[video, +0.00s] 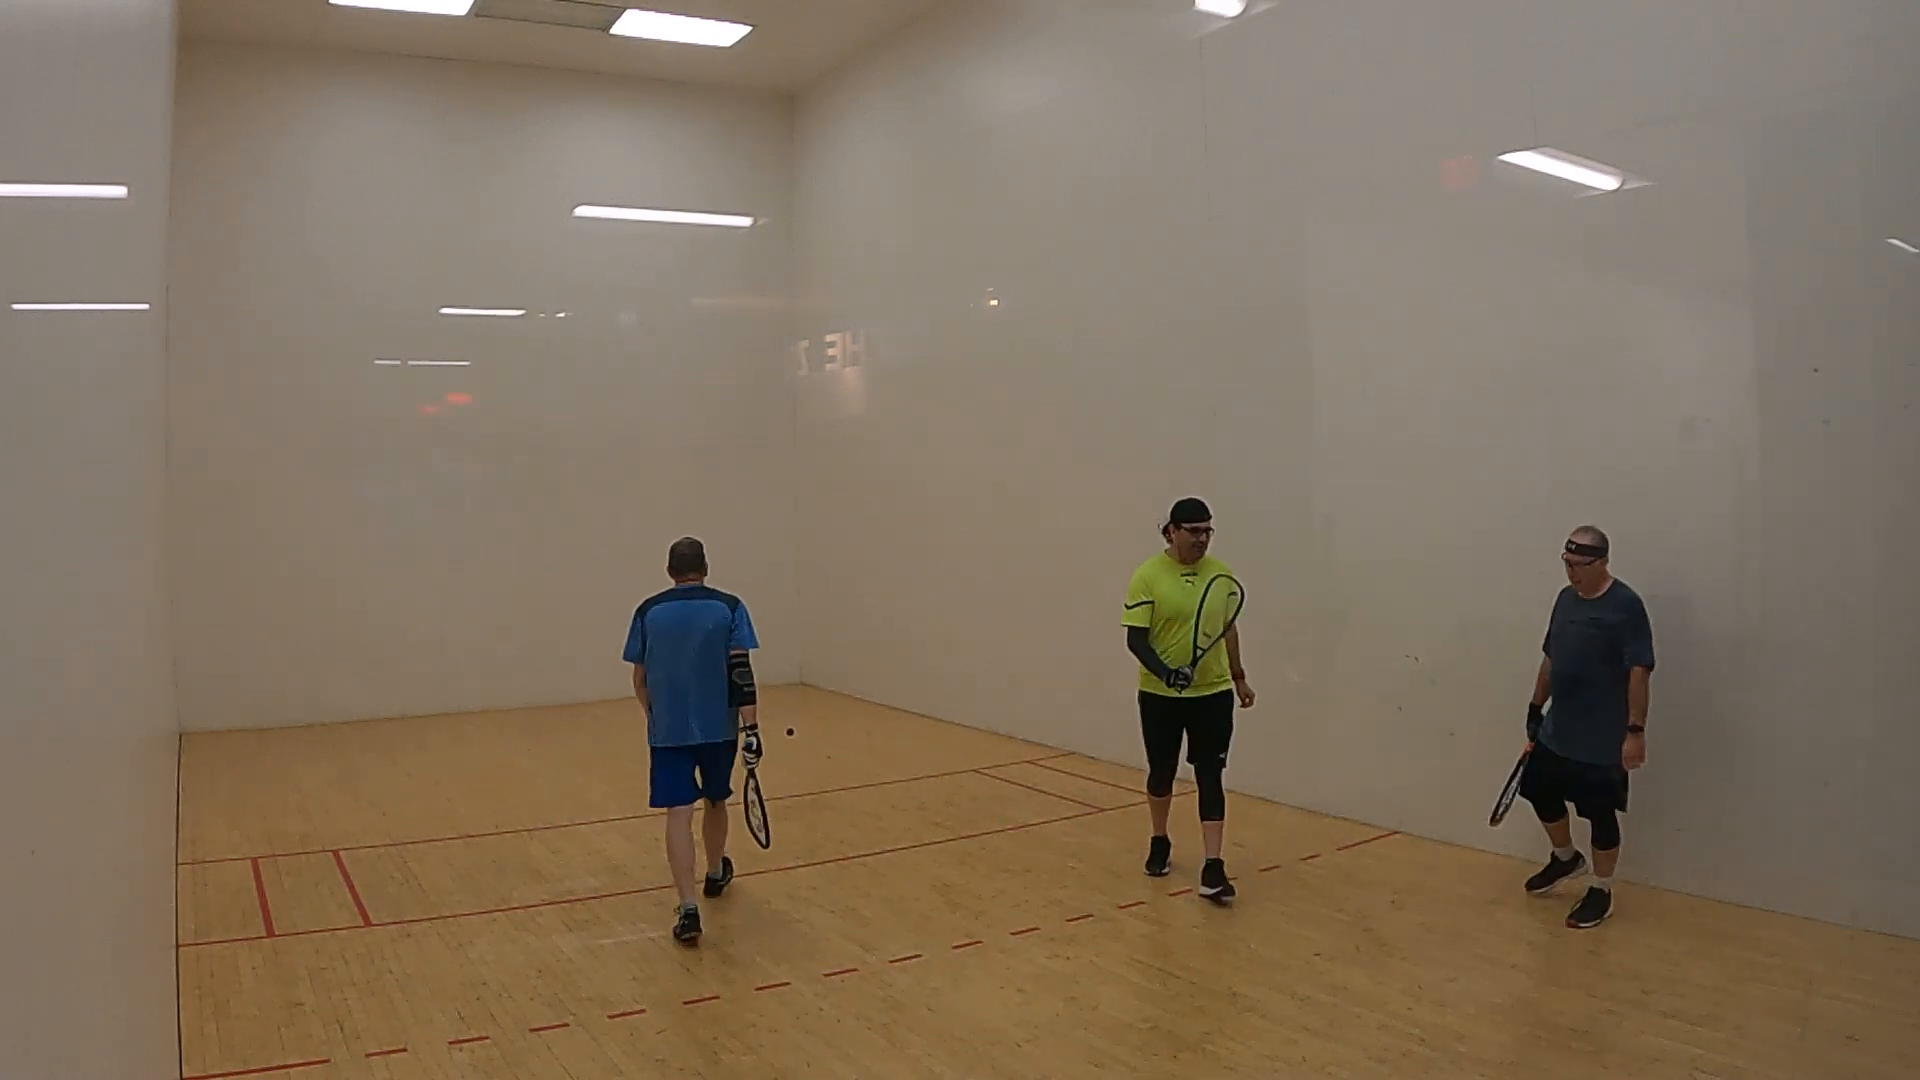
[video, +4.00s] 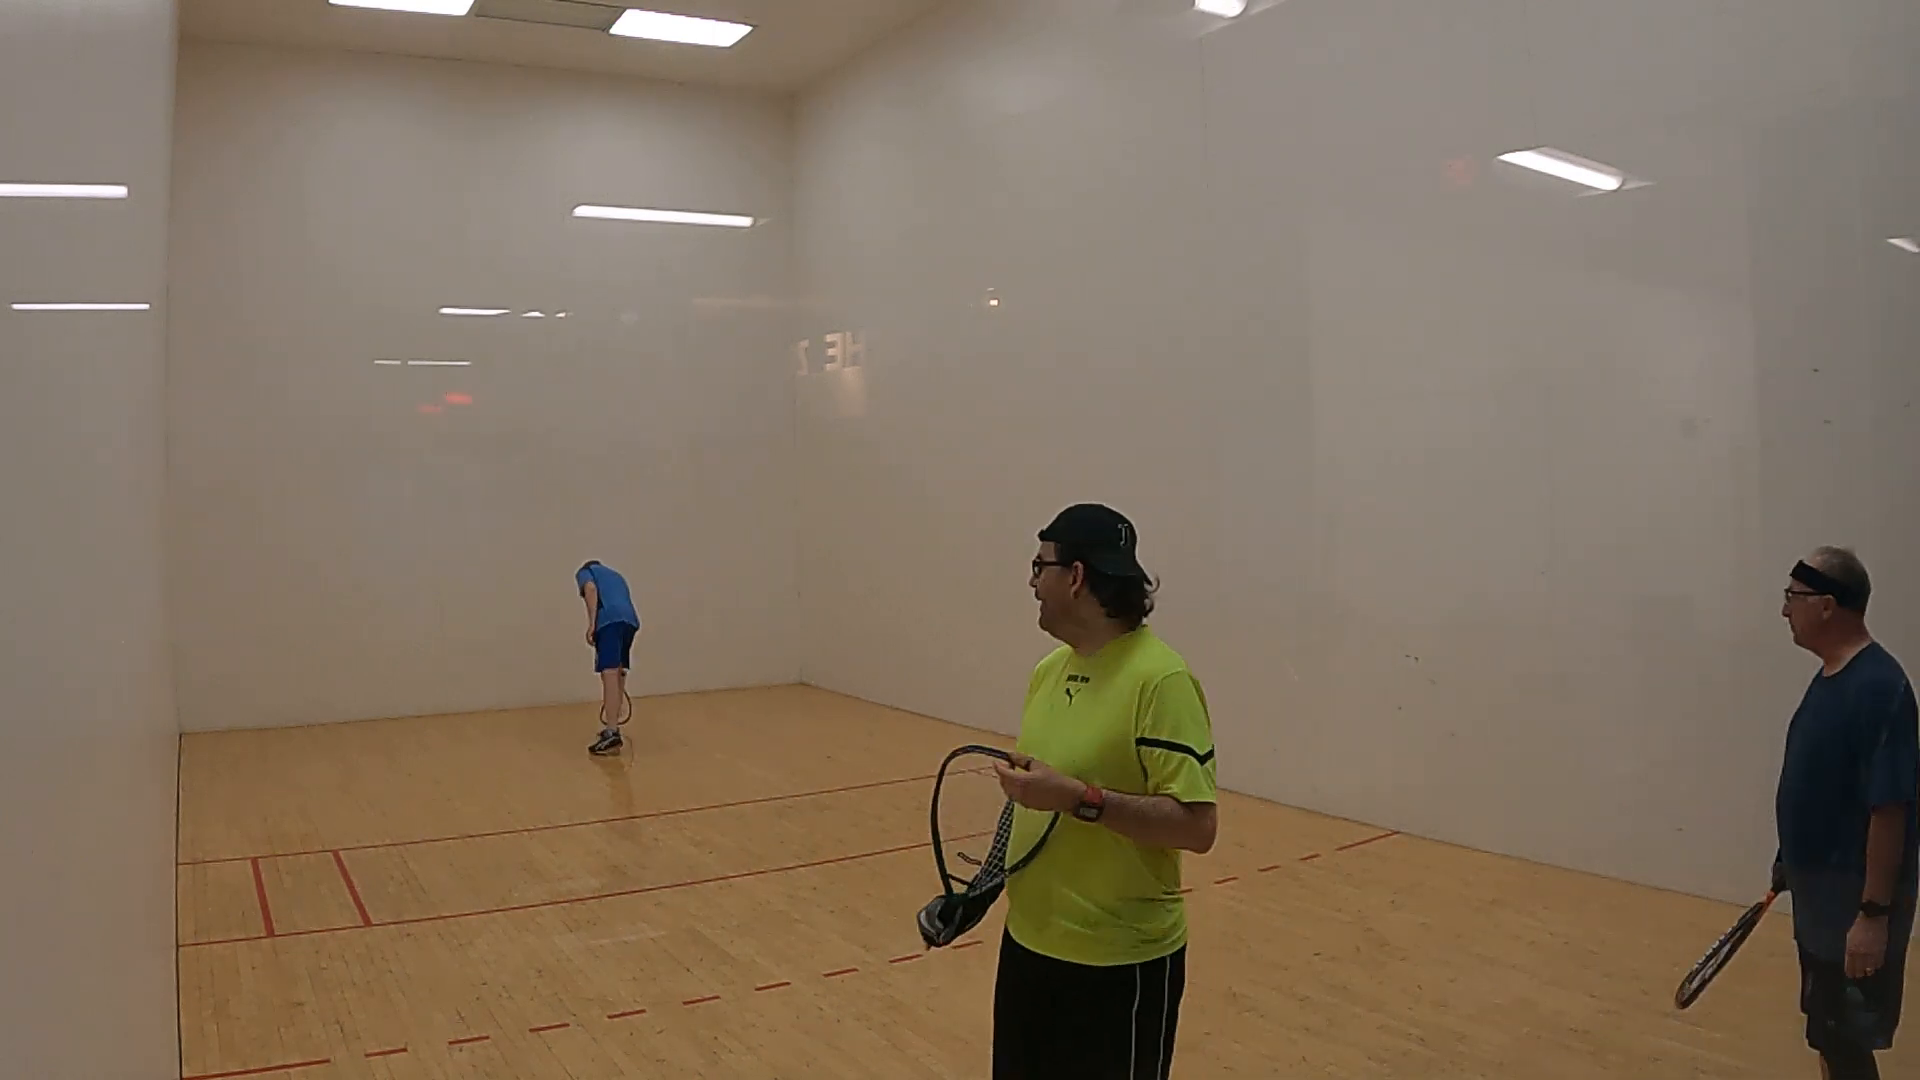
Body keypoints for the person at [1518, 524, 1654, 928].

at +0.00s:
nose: (1569, 567)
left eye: (1577, 562)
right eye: (1566, 560)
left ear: (1601, 562)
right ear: (1566, 560)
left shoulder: (1627, 606)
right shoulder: (1566, 600)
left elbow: (1640, 671)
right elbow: (1551, 659)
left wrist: (1635, 731)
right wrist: (1534, 710)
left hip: (1603, 734)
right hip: (1560, 726)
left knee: (1600, 812)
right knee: (1539, 788)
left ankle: (1600, 891)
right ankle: (1565, 856)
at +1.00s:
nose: (1591, 580)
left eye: (1601, 572)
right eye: (1582, 572)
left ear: (1613, 576)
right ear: (1568, 575)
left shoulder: (1633, 617)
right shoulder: (1540, 624)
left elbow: (1639, 673)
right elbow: (1514, 690)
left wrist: (1638, 713)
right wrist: (1503, 750)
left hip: (1615, 762)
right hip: (1555, 763)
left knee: (1610, 857)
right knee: (1552, 851)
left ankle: (1602, 952)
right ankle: (1557, 926)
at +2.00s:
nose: (1674, 606)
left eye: (1682, 596)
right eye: (1662, 596)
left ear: (1691, 594)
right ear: (1639, 591)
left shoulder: (1703, 642)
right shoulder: (1601, 645)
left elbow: (1716, 722)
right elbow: (1570, 725)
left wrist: (1719, 785)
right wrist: (1561, 797)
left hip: (1685, 811)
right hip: (1617, 813)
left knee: (1697, 909)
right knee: (1616, 921)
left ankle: (1659, 974)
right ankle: (1615, 1015)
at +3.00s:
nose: (1716, 609)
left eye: (1729, 598)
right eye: (1711, 597)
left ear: (1768, 602)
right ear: (1708, 601)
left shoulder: (1818, 674)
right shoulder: (1689, 674)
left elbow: (1858, 766)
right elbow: (1656, 769)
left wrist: (1878, 845)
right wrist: (1635, 851)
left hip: (1791, 888)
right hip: (1707, 887)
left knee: (1801, 1001)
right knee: (1706, 1014)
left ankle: (1764, 1066)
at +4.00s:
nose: (1784, 607)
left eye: (1793, 595)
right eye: (1787, 595)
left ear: (1828, 606)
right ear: (1827, 607)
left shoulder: (1879, 686)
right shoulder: (1833, 678)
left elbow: (1890, 810)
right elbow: (1828, 785)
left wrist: (1873, 913)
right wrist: (1792, 861)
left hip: (1855, 905)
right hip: (1821, 895)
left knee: (1844, 1046)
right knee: (1829, 1038)